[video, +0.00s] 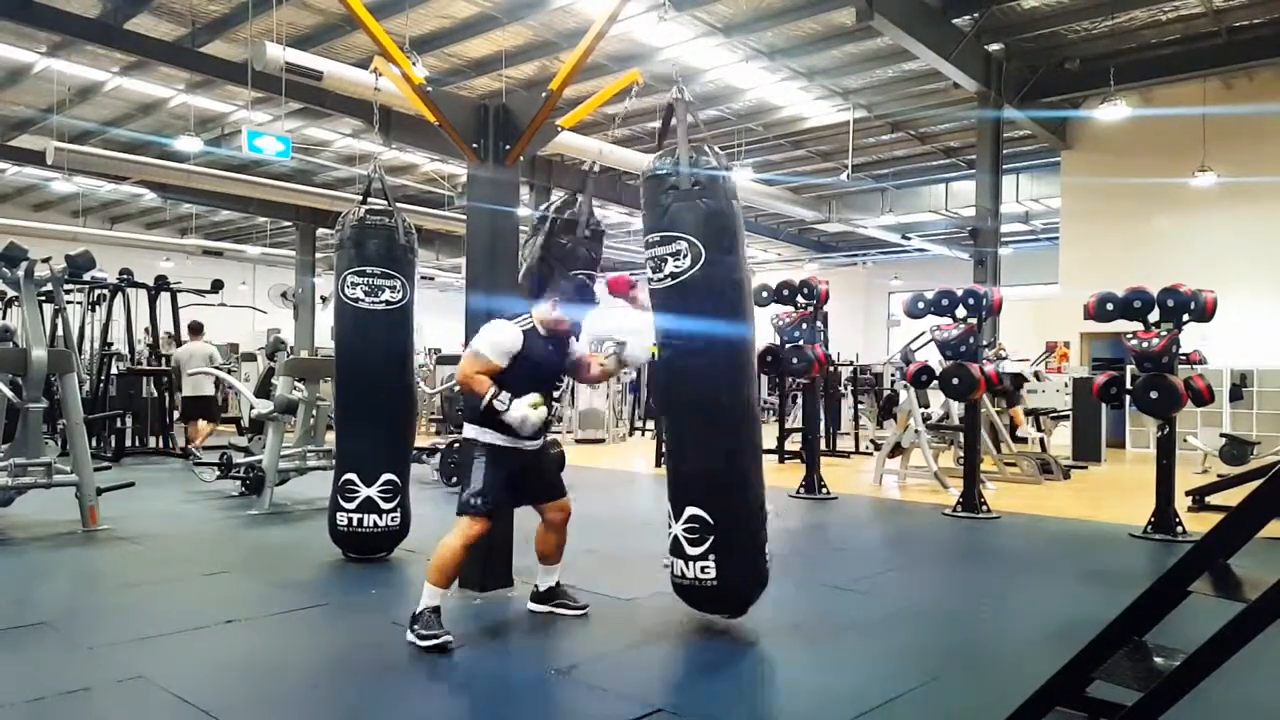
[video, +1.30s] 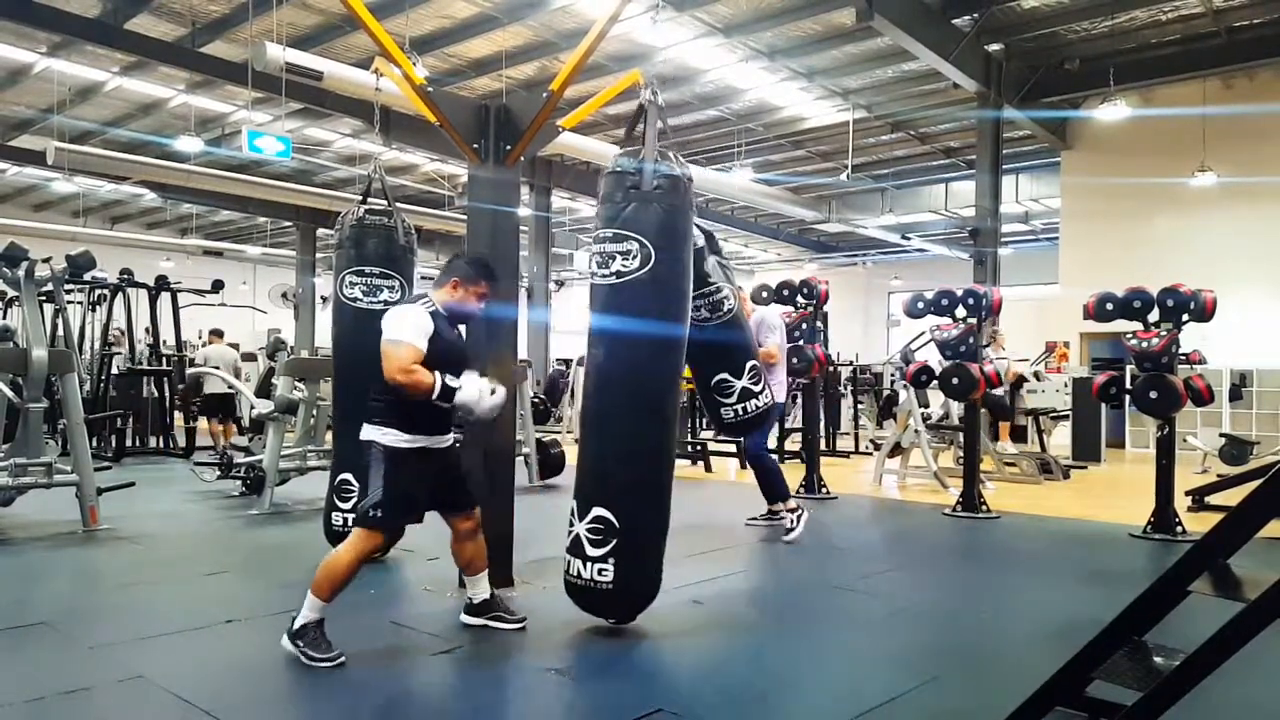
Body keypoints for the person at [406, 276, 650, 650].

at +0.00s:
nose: (575, 324)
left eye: (579, 318)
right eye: (572, 315)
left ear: (575, 313)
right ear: (552, 304)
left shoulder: (566, 340)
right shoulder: (506, 334)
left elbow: (587, 373)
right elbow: (467, 375)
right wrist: (508, 406)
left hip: (533, 448)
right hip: (488, 446)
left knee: (557, 513)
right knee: (474, 525)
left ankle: (546, 590)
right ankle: (426, 613)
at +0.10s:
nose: (587, 324)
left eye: (590, 319)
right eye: (585, 317)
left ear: (582, 312)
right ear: (568, 305)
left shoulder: (565, 330)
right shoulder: (544, 321)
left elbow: (578, 359)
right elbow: (554, 358)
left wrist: (603, 355)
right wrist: (594, 352)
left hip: (531, 441)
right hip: (494, 438)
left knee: (554, 508)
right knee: (476, 525)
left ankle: (545, 589)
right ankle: (424, 611)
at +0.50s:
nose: (550, 325)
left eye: (553, 319)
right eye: (549, 316)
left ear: (530, 308)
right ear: (529, 305)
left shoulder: (522, 342)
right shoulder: (491, 335)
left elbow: (529, 390)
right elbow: (504, 392)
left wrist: (565, 382)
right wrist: (540, 364)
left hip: (512, 450)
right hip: (474, 449)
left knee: (541, 515)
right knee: (470, 533)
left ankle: (547, 589)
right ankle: (403, 624)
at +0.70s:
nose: (529, 304)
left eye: (532, 299)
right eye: (529, 296)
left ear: (513, 287)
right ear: (512, 283)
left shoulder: (496, 317)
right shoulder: (473, 309)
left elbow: (501, 376)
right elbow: (492, 371)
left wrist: (522, 389)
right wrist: (523, 335)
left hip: (486, 435)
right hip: (449, 434)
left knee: (519, 503)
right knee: (432, 529)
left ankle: (494, 591)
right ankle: (381, 622)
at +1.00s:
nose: (519, 302)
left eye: (523, 295)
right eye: (517, 292)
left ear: (506, 286)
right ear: (494, 278)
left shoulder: (499, 319)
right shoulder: (445, 303)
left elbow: (517, 349)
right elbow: (435, 358)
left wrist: (553, 345)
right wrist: (490, 348)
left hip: (477, 435)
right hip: (429, 435)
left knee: (505, 509)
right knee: (400, 526)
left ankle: (487, 593)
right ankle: (357, 621)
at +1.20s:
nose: (496, 305)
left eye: (500, 298)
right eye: (494, 295)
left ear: (482, 288)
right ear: (473, 282)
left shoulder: (476, 324)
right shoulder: (423, 312)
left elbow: (478, 370)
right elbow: (409, 367)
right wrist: (471, 362)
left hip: (462, 442)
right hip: (415, 442)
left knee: (482, 517)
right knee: (388, 530)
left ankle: (480, 602)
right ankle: (320, 616)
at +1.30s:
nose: (479, 308)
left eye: (482, 301)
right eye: (478, 298)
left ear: (460, 290)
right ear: (456, 286)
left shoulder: (455, 328)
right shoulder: (408, 316)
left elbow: (451, 378)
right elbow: (399, 372)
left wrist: (478, 391)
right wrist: (458, 391)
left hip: (440, 447)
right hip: (393, 446)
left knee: (467, 524)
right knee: (370, 538)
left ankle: (480, 602)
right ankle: (304, 625)